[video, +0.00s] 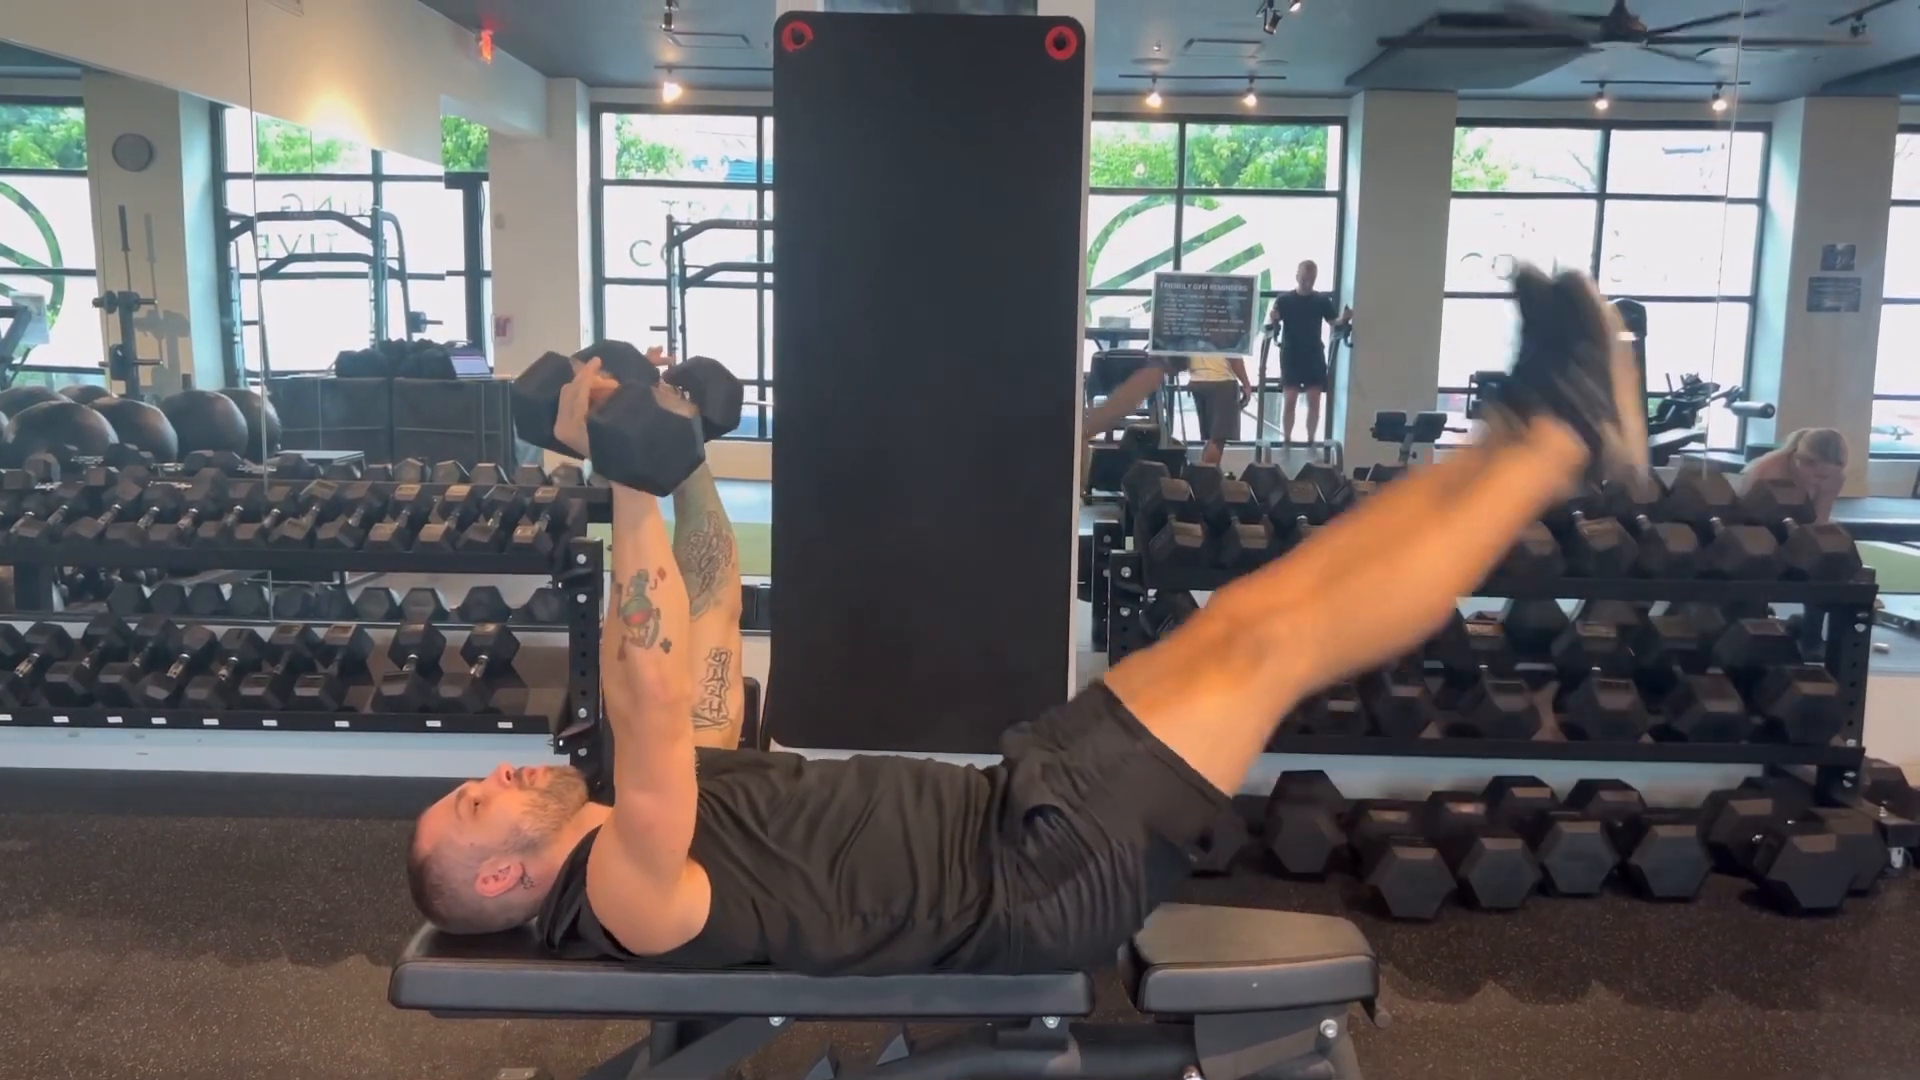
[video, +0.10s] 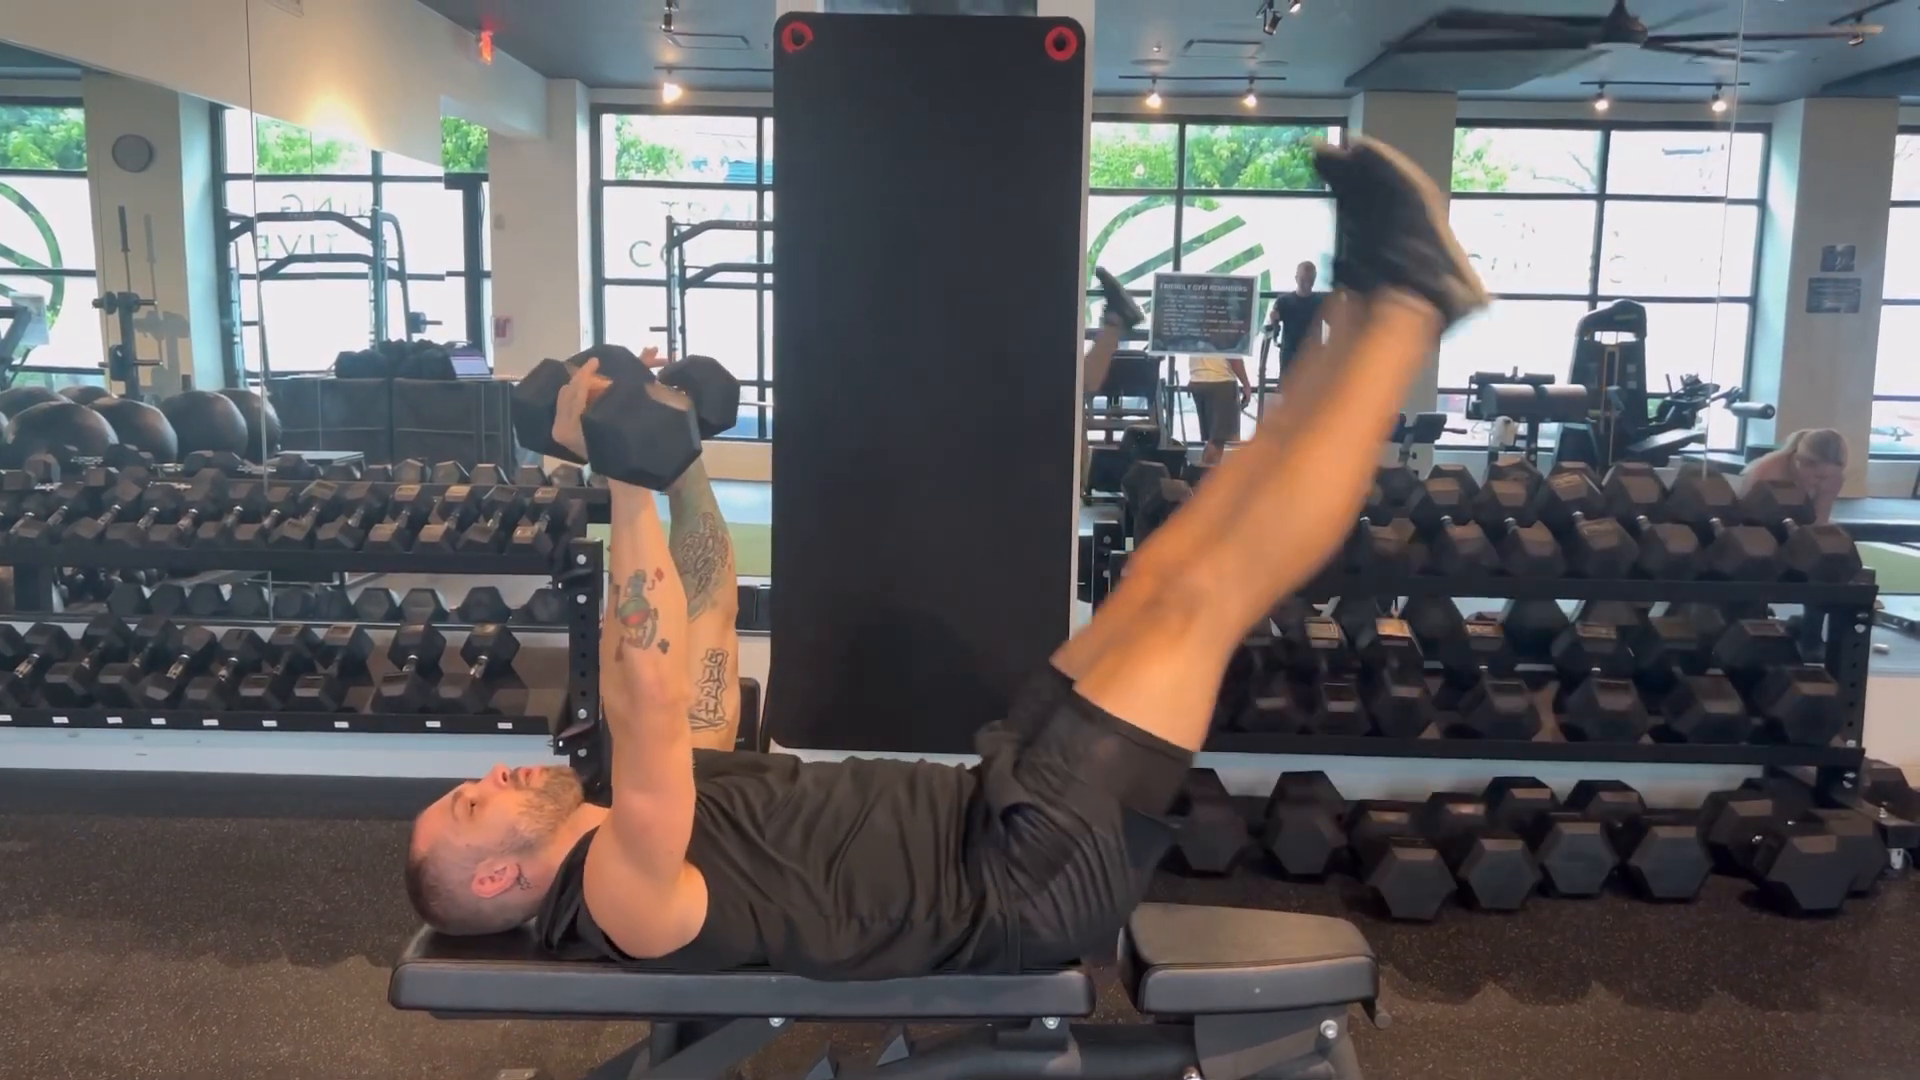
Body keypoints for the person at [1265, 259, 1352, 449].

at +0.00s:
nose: (1307, 282)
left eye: (1310, 278)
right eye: (1303, 278)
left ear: (1315, 278)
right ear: (1297, 277)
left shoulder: (1321, 300)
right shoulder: (1285, 300)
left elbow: (1333, 323)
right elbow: (1271, 324)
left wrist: (1344, 319)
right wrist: (1272, 319)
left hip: (1314, 352)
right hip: (1291, 353)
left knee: (1314, 399)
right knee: (1290, 399)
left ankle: (1311, 442)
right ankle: (1286, 441)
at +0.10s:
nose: (1306, 284)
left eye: (1309, 280)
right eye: (1302, 279)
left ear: (1314, 280)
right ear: (1296, 279)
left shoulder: (1320, 301)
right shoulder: (1284, 301)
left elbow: (1334, 323)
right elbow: (1272, 333)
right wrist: (1273, 321)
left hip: (1312, 356)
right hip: (1289, 356)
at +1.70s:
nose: (1303, 288)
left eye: (1306, 284)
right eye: (1299, 284)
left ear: (1310, 287)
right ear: (1293, 288)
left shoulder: (1320, 311)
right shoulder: (1284, 312)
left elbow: (1332, 334)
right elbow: (1271, 332)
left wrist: (1343, 328)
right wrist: (1271, 329)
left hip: (1314, 358)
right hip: (1291, 357)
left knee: (1319, 393)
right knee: (1299, 381)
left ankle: (1323, 435)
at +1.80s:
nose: (1303, 285)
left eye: (1306, 282)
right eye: (1299, 282)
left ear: (1310, 286)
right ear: (1292, 286)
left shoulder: (1320, 310)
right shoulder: (1283, 311)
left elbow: (1332, 334)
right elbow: (1272, 336)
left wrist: (1342, 329)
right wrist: (1272, 329)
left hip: (1314, 358)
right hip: (1289, 359)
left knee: (1323, 357)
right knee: (1301, 353)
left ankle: (1330, 391)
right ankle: (1309, 396)